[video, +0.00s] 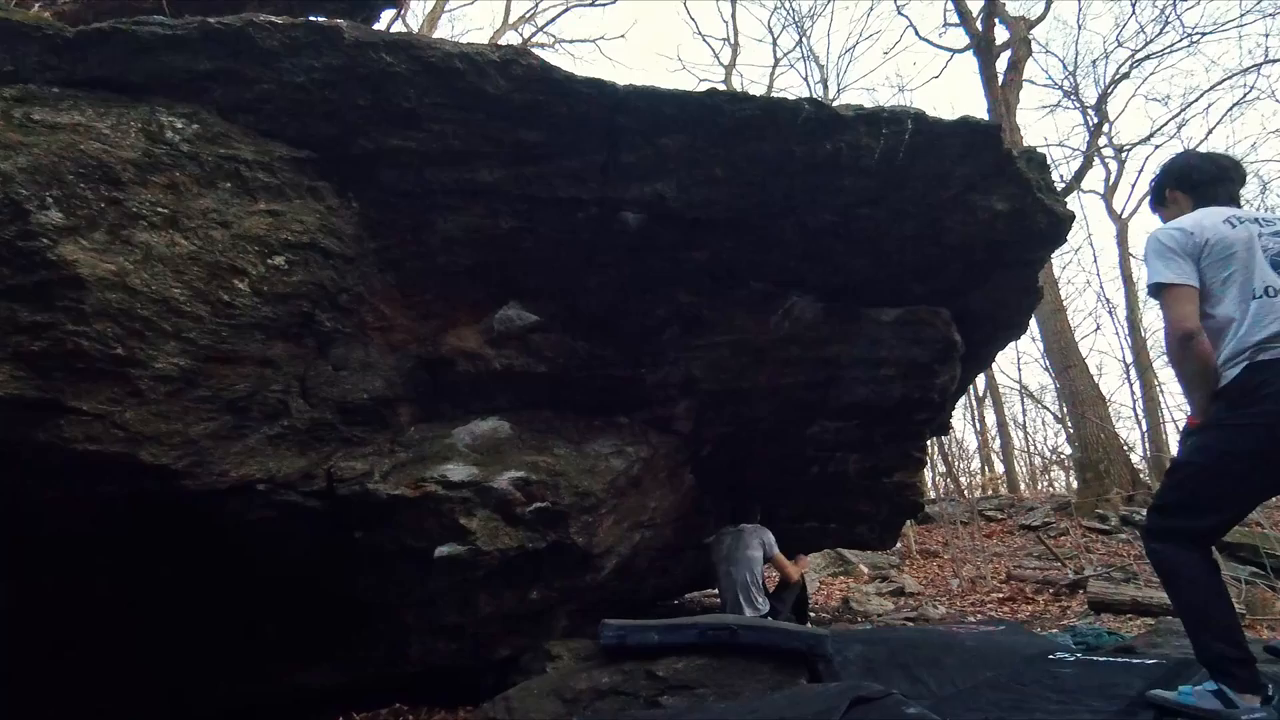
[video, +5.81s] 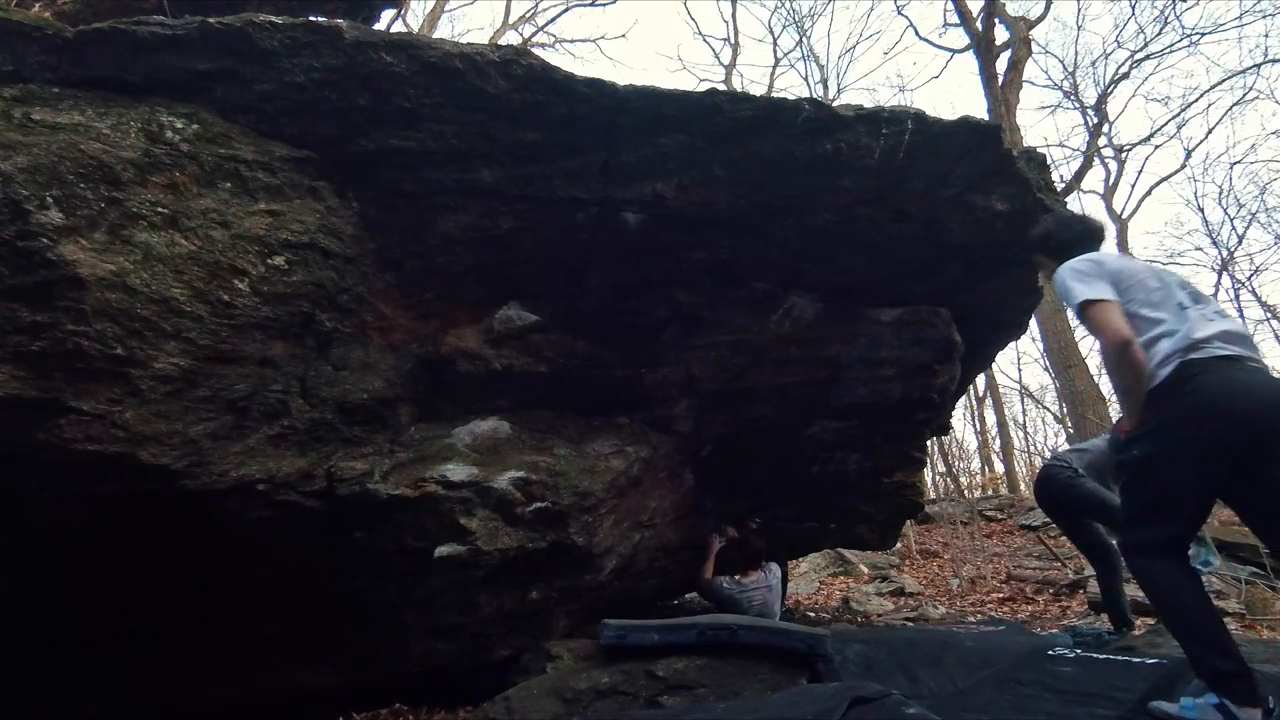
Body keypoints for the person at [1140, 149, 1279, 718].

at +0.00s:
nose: (1162, 216)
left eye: (1161, 208)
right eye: (1160, 209)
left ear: (1176, 199)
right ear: (1229, 193)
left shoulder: (1176, 232)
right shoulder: (1270, 224)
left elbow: (1185, 333)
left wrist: (1205, 410)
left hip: (1265, 389)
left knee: (1172, 531)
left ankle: (1237, 683)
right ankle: (1239, 682)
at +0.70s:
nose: (1159, 216)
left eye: (1159, 207)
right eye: (1157, 209)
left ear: (1174, 198)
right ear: (1226, 194)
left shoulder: (1172, 235)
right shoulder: (1269, 227)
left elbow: (1178, 334)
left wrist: (1192, 415)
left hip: (1256, 392)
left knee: (1168, 534)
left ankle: (1236, 683)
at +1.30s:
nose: (1148, 224)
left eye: (1146, 215)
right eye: (1145, 216)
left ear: (1163, 205)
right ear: (1215, 200)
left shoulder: (1162, 241)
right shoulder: (1265, 231)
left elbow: (1170, 343)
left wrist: (1186, 420)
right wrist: (1140, 350)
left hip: (1247, 392)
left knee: (1166, 537)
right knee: (1232, 523)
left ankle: (1236, 684)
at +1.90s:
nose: (1148, 226)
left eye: (1146, 217)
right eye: (1145, 218)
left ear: (1161, 210)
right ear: (1214, 203)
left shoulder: (1162, 244)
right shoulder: (1265, 233)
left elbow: (1171, 344)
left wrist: (1188, 421)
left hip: (1254, 394)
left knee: (1165, 533)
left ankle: (1237, 685)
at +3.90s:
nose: (1146, 224)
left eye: (1149, 211)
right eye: (1141, 218)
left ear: (1190, 193)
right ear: (1202, 198)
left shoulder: (1191, 234)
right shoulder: (1264, 237)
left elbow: (1199, 336)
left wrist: (1191, 413)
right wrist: (1198, 410)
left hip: (1257, 396)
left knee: (1163, 535)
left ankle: (1235, 684)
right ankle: (1238, 681)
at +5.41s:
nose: (1106, 253)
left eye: (1101, 242)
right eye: (1099, 245)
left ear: (1111, 229)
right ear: (1157, 214)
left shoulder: (1141, 241)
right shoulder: (1225, 247)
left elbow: (1176, 324)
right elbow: (1268, 300)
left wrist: (1175, 410)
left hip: (1245, 382)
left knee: (1161, 532)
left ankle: (1237, 686)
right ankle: (1243, 684)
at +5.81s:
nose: (1041, 275)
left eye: (1039, 265)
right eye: (1036, 267)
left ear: (1050, 257)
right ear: (1095, 243)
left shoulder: (1075, 267)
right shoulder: (1150, 271)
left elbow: (1120, 339)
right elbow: (1212, 329)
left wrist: (1133, 417)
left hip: (1192, 397)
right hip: (1261, 388)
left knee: (1151, 545)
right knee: (1275, 542)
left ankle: (1239, 697)